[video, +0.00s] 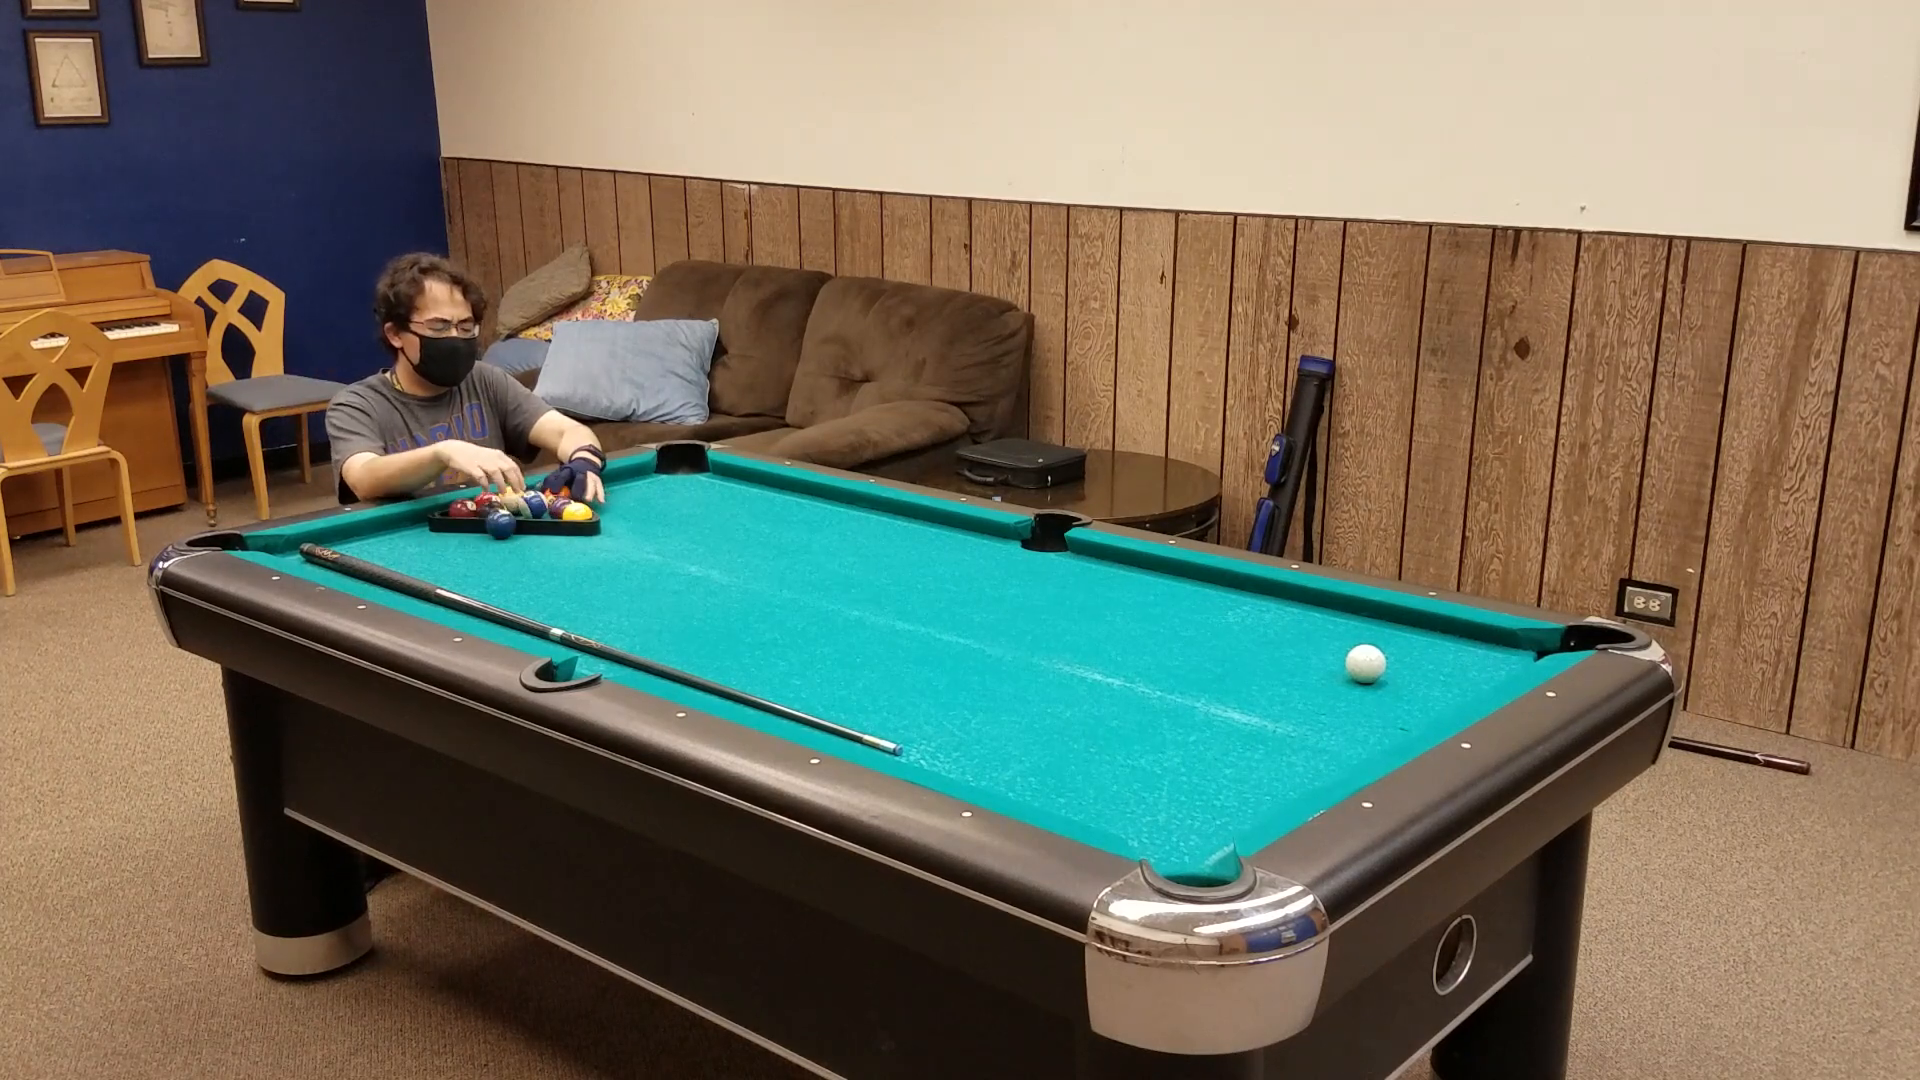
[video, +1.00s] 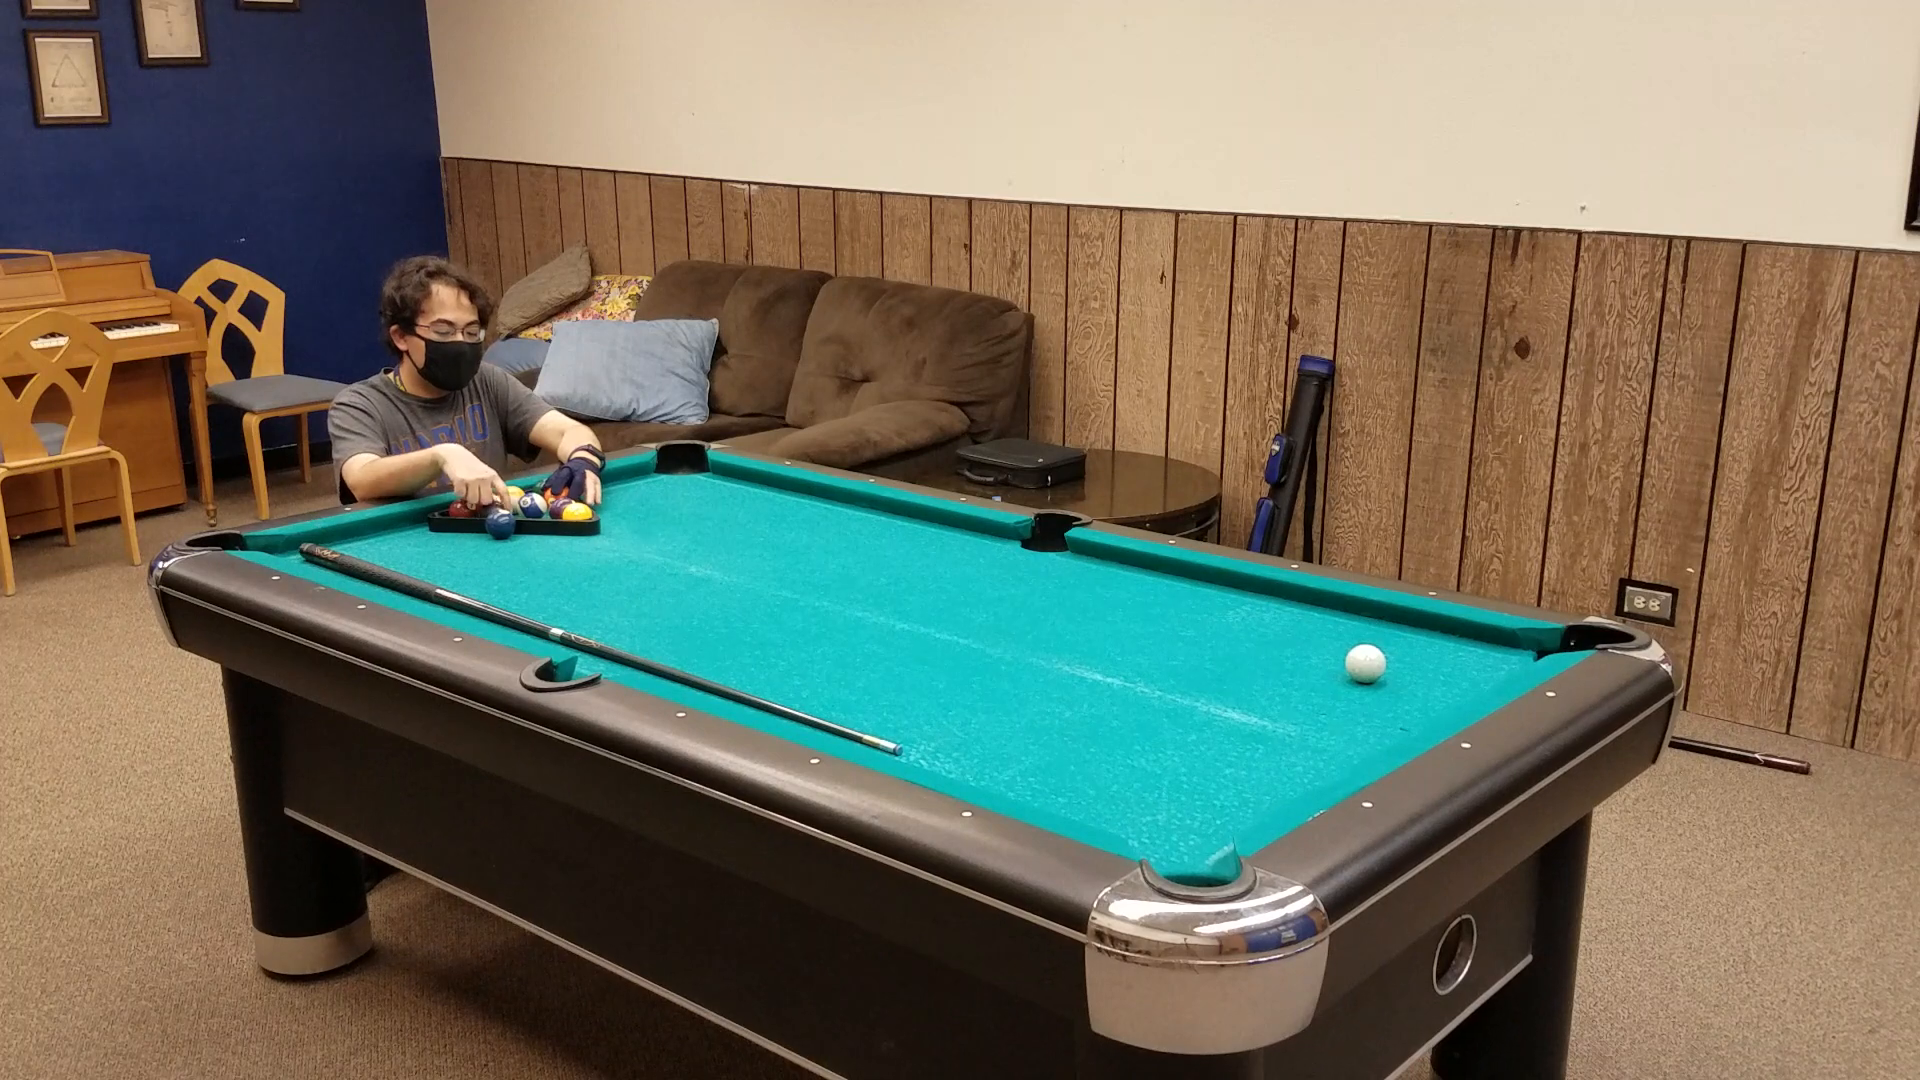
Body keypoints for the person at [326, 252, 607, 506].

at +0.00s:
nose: (456, 339)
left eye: (465, 326)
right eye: (439, 326)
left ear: (476, 326)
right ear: (396, 334)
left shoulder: (486, 382)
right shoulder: (357, 405)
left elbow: (567, 432)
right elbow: (365, 481)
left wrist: (583, 458)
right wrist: (442, 453)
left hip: (501, 551)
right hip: (409, 566)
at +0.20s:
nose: (458, 340)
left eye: (467, 326)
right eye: (440, 326)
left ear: (478, 326)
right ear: (397, 333)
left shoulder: (487, 381)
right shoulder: (358, 404)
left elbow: (569, 432)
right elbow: (363, 482)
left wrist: (582, 460)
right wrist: (460, 454)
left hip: (502, 552)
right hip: (409, 566)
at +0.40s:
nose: (462, 340)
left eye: (470, 327)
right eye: (443, 327)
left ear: (480, 327)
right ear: (399, 334)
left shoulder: (487, 381)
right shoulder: (360, 404)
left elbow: (567, 431)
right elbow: (365, 479)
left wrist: (582, 457)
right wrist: (463, 463)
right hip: (412, 564)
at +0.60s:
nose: (462, 341)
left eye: (471, 327)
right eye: (444, 327)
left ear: (481, 328)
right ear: (400, 334)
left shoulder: (488, 382)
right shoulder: (360, 404)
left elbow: (567, 431)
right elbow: (365, 479)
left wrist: (582, 458)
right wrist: (462, 464)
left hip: (499, 552)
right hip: (409, 565)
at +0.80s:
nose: (460, 343)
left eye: (470, 330)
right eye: (443, 328)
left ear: (480, 330)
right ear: (401, 335)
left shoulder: (488, 382)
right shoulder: (360, 404)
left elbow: (567, 431)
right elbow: (364, 482)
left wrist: (583, 457)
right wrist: (442, 455)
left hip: (500, 549)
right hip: (411, 565)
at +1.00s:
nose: (461, 345)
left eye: (471, 331)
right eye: (443, 330)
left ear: (481, 331)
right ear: (401, 336)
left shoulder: (489, 382)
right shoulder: (361, 404)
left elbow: (567, 431)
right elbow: (363, 481)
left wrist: (583, 457)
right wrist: (442, 455)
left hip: (502, 555)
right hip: (411, 568)